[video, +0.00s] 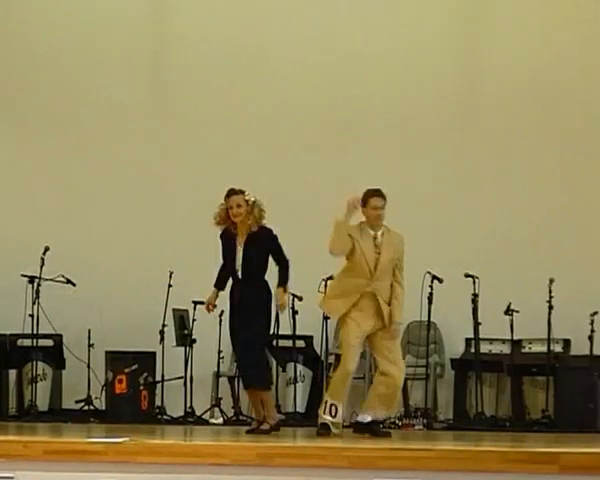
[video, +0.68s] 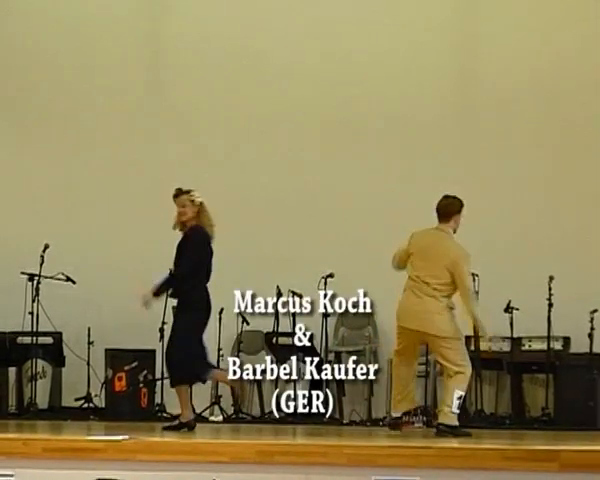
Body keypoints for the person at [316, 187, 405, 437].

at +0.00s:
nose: (378, 213)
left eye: (382, 208)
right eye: (373, 208)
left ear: (386, 210)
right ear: (363, 210)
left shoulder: (395, 239)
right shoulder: (353, 232)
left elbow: (397, 279)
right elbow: (336, 249)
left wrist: (396, 316)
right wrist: (346, 216)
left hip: (384, 309)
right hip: (355, 307)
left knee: (393, 371)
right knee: (348, 364)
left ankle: (367, 419)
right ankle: (327, 419)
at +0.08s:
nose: (394, 214)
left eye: (396, 209)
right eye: (390, 209)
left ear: (396, 211)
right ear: (375, 210)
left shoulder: (401, 242)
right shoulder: (359, 239)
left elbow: (403, 280)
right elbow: (347, 275)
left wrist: (408, 314)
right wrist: (355, 248)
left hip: (389, 314)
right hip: (361, 312)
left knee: (390, 369)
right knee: (366, 360)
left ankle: (365, 419)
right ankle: (336, 402)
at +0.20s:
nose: (407, 216)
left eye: (407, 211)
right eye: (403, 211)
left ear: (402, 212)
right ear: (387, 212)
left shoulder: (403, 243)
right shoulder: (370, 242)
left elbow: (421, 271)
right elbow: (361, 277)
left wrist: (453, 276)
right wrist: (356, 308)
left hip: (390, 314)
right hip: (370, 313)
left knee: (379, 362)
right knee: (391, 352)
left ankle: (360, 419)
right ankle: (390, 414)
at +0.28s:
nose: (416, 216)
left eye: (416, 211)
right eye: (412, 211)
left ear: (407, 213)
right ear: (396, 212)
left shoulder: (409, 241)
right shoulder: (381, 244)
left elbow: (432, 246)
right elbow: (365, 282)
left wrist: (454, 234)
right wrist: (356, 319)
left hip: (393, 317)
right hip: (378, 317)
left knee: (383, 371)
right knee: (404, 352)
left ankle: (361, 419)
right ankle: (423, 392)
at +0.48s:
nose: (443, 219)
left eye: (443, 214)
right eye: (439, 215)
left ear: (422, 215)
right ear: (425, 216)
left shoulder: (409, 233)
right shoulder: (423, 248)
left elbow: (418, 214)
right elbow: (401, 283)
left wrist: (434, 196)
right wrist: (392, 317)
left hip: (391, 315)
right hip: (410, 316)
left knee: (398, 370)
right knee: (444, 361)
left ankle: (368, 416)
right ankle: (440, 421)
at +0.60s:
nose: (457, 222)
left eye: (456, 217)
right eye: (454, 217)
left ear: (431, 218)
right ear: (443, 219)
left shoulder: (412, 237)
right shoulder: (446, 255)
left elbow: (403, 233)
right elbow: (442, 300)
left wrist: (423, 217)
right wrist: (443, 334)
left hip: (398, 316)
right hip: (425, 322)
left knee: (400, 361)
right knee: (454, 366)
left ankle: (389, 411)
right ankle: (444, 421)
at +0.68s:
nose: (461, 220)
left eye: (460, 216)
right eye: (461, 216)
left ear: (438, 215)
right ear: (456, 218)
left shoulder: (417, 238)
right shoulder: (457, 252)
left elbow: (397, 262)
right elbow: (466, 292)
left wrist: (416, 252)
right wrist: (477, 321)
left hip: (407, 314)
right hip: (437, 319)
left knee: (403, 359)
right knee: (460, 368)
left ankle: (398, 414)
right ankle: (447, 420)